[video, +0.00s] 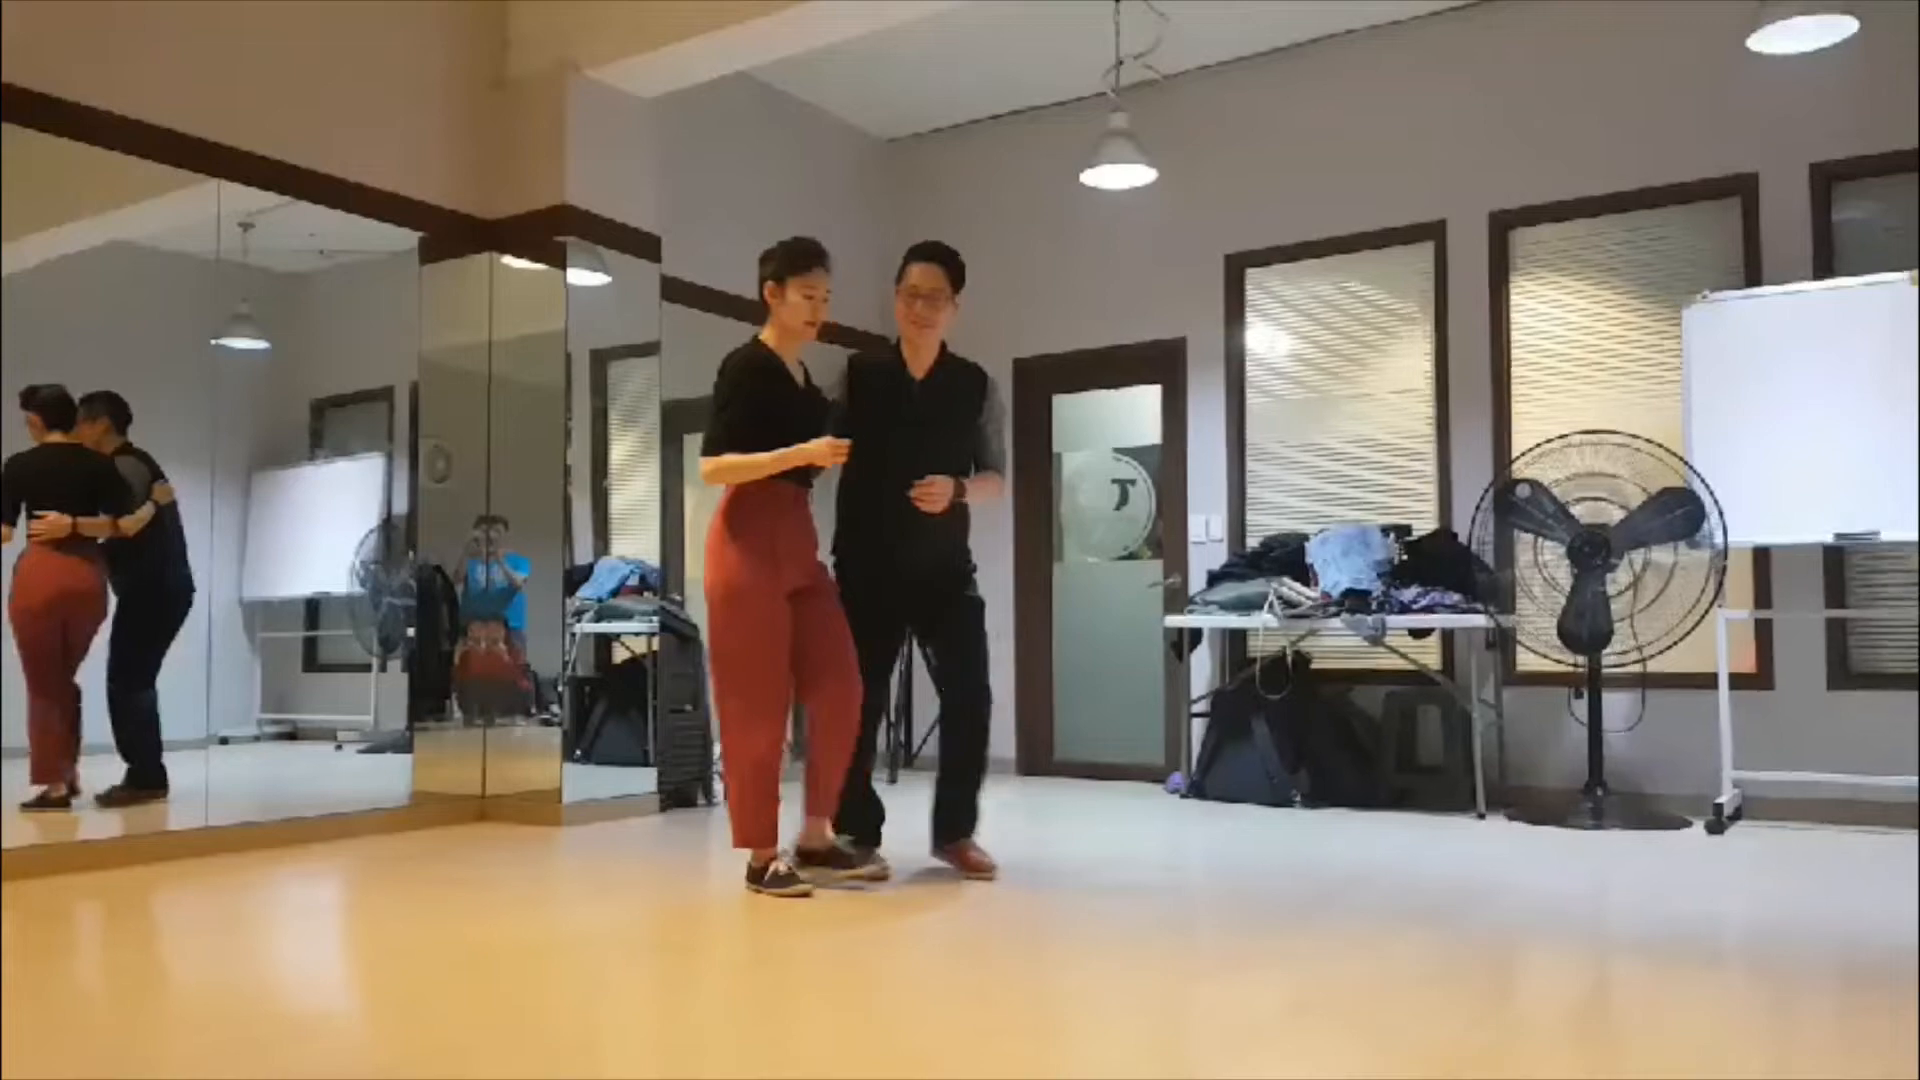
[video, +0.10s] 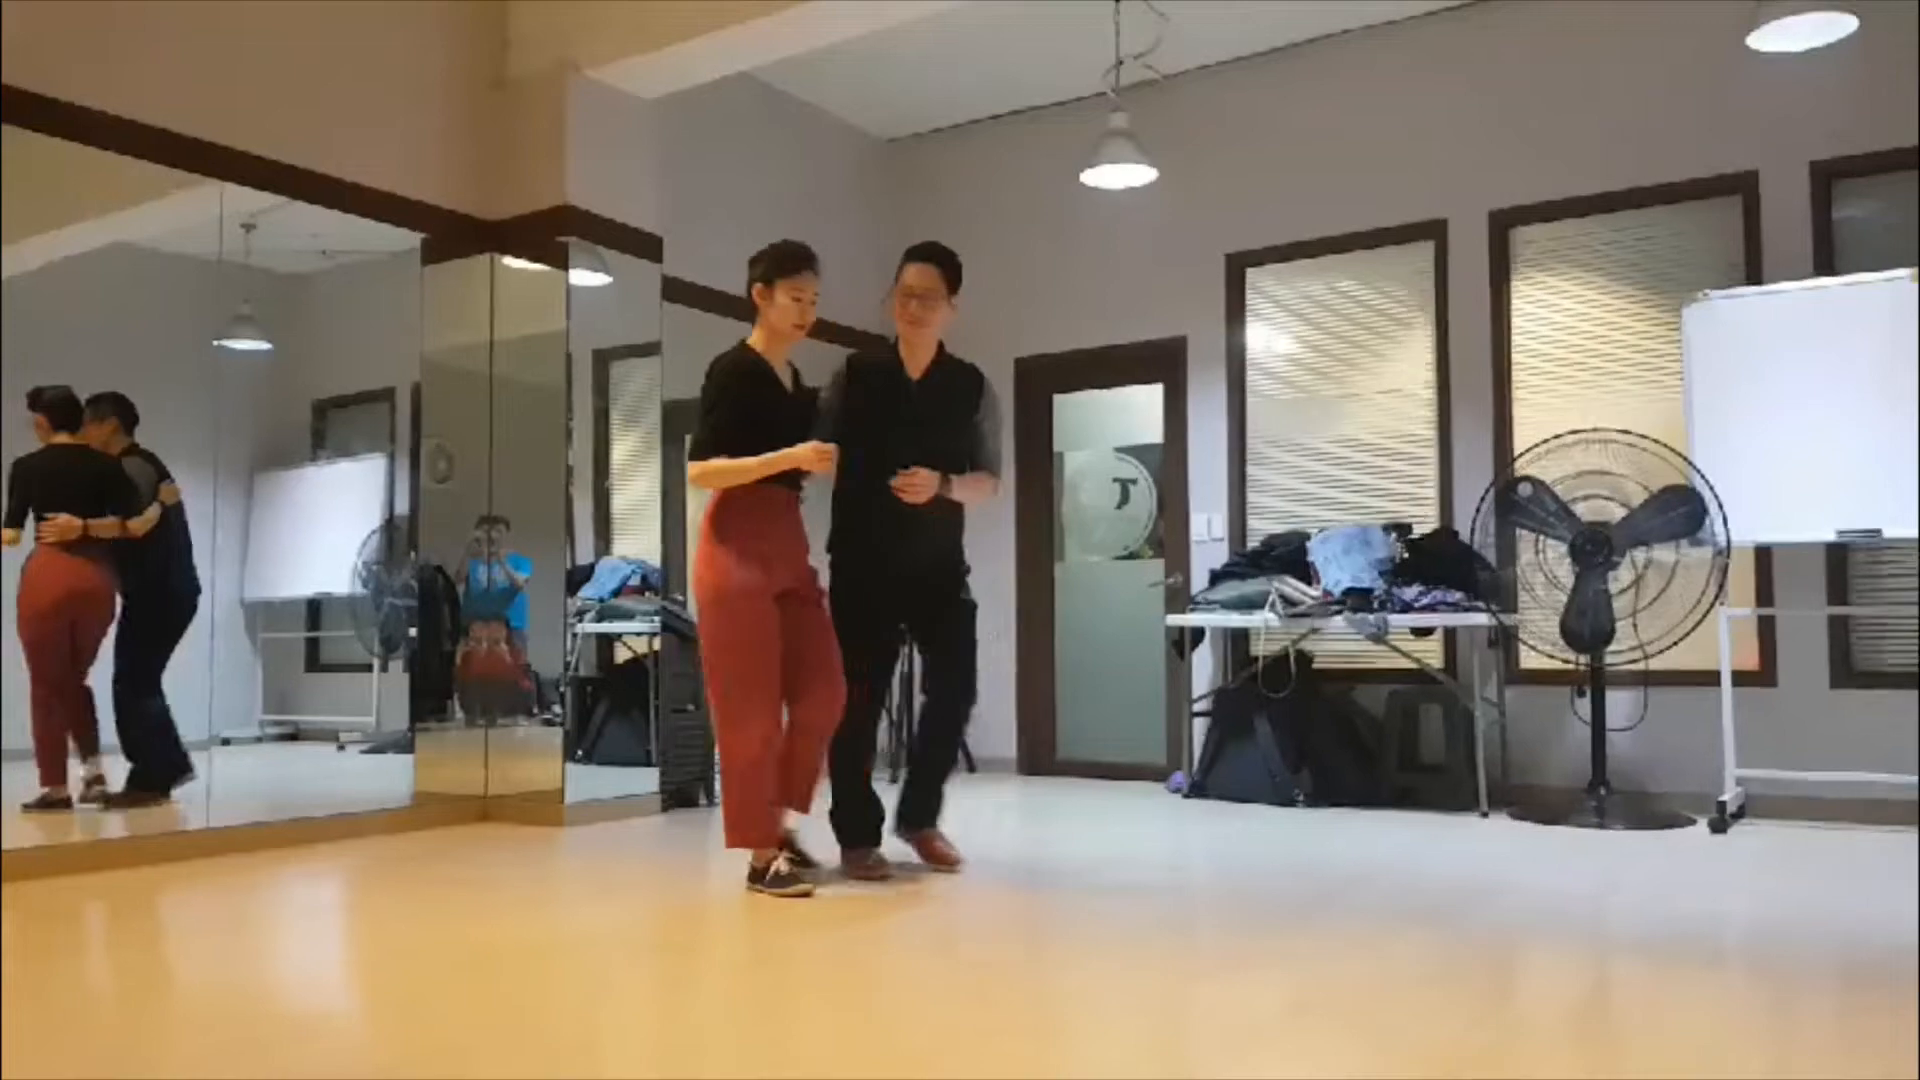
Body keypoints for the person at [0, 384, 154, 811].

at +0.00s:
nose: (25, 425)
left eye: (26, 420)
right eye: (27, 419)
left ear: (34, 422)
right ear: (72, 418)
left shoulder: (19, 466)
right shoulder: (96, 462)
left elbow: (5, 532)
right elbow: (129, 521)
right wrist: (153, 504)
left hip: (38, 569)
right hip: (89, 570)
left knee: (43, 683)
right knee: (64, 677)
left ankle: (53, 785)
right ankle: (66, 773)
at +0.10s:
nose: (32, 427)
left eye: (33, 421)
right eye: (34, 421)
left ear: (42, 423)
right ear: (79, 420)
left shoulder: (27, 467)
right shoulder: (105, 463)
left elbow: (11, 534)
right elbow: (137, 520)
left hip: (47, 569)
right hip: (97, 569)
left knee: (48, 682)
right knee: (76, 676)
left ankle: (54, 787)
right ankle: (93, 767)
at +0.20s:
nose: (90, 436)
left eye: (96, 428)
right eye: (90, 428)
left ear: (121, 428)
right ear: (120, 429)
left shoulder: (142, 468)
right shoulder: (133, 466)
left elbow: (143, 524)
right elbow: (136, 524)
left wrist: (88, 530)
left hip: (171, 595)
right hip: (150, 595)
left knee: (142, 683)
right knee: (135, 684)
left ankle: (197, 755)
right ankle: (150, 775)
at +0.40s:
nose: (103, 436)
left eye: (110, 427)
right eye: (103, 428)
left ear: (134, 429)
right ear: (131, 431)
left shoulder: (155, 468)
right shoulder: (136, 470)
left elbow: (162, 522)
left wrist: (109, 527)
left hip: (187, 594)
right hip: (156, 594)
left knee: (177, 682)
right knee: (141, 684)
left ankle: (234, 765)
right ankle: (155, 780)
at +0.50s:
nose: (111, 434)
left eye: (118, 425)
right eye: (111, 425)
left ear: (143, 426)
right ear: (139, 427)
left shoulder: (164, 465)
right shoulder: (137, 469)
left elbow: (169, 517)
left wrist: (120, 522)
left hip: (193, 588)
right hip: (157, 588)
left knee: (198, 684)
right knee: (147, 684)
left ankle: (239, 769)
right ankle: (155, 778)